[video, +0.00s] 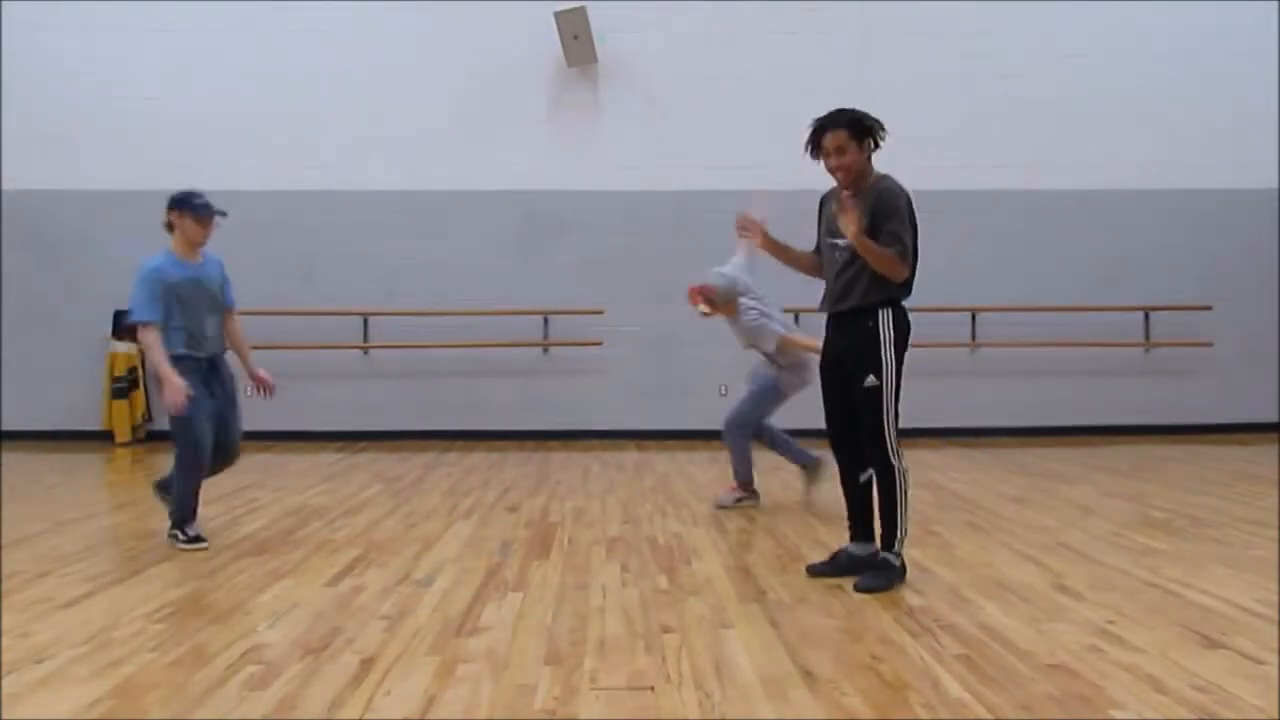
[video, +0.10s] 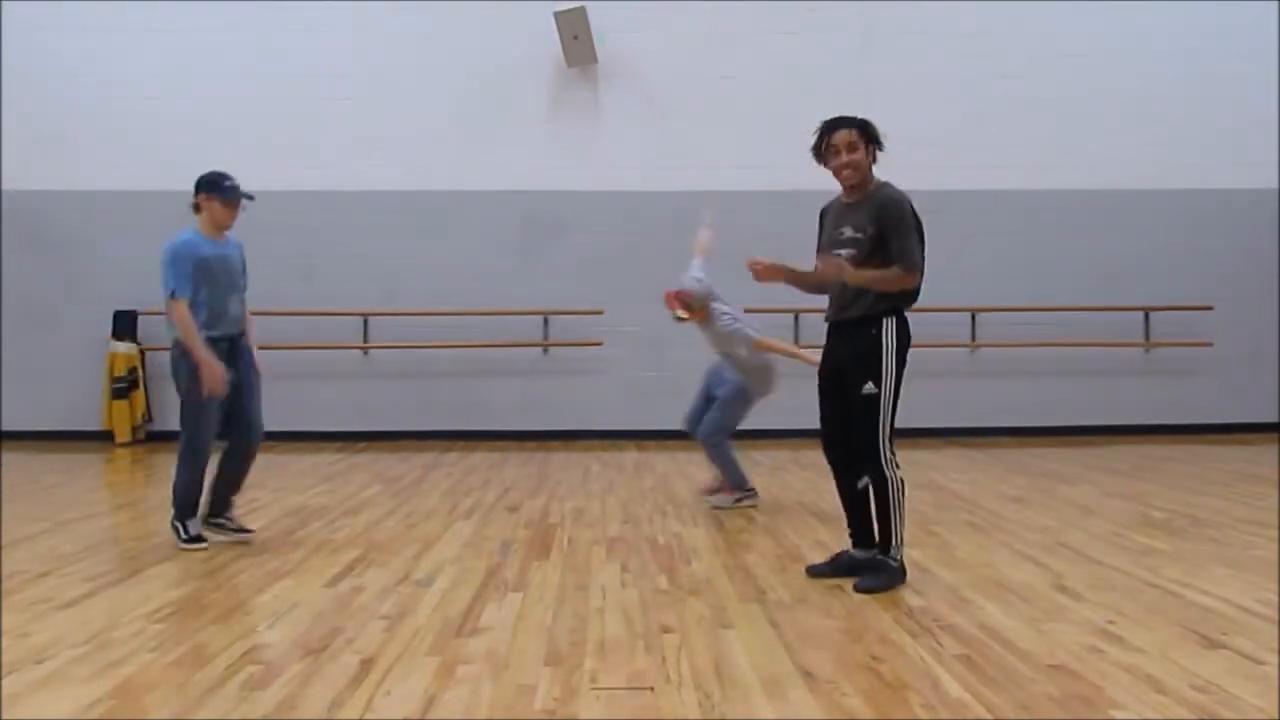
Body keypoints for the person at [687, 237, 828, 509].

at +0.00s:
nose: (706, 311)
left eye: (708, 307)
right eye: (704, 306)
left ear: (722, 304)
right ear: (721, 294)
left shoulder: (750, 322)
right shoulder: (730, 278)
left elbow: (791, 341)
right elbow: (745, 246)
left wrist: (826, 350)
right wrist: (753, 230)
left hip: (791, 370)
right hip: (778, 360)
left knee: (735, 424)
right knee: (750, 422)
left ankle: (745, 488)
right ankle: (809, 462)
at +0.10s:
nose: (682, 316)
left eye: (684, 313)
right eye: (680, 312)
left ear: (697, 310)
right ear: (695, 301)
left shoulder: (725, 326)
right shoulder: (695, 288)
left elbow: (766, 344)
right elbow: (700, 252)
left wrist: (809, 358)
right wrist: (705, 234)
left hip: (749, 379)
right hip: (726, 367)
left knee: (710, 433)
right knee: (694, 424)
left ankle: (741, 489)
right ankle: (728, 477)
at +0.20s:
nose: (654, 305)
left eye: (660, 301)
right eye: (652, 298)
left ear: (673, 300)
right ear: (649, 293)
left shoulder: (697, 322)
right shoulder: (666, 302)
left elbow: (735, 341)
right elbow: (654, 265)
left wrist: (776, 355)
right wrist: (654, 239)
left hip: (715, 377)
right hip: (687, 366)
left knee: (684, 436)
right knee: (654, 420)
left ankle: (733, 479)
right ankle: (636, 488)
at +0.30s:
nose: (622, 303)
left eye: (627, 299)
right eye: (622, 297)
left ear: (644, 304)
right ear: (622, 293)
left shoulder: (669, 324)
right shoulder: (626, 295)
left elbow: (709, 339)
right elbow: (610, 260)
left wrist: (750, 349)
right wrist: (602, 240)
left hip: (681, 377)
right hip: (653, 367)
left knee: (644, 438)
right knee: (617, 427)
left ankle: (691, 472)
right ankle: (622, 492)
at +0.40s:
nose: (617, 310)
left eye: (625, 307)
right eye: (614, 303)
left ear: (636, 306)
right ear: (607, 294)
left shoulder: (652, 318)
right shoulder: (597, 298)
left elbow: (685, 331)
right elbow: (573, 272)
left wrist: (724, 341)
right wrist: (552, 256)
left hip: (651, 374)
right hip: (621, 363)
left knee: (611, 429)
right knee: (592, 429)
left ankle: (617, 490)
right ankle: (617, 487)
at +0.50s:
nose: (606, 305)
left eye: (614, 301)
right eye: (602, 297)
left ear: (624, 300)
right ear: (592, 290)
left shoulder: (637, 313)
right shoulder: (577, 299)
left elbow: (664, 321)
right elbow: (543, 285)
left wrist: (695, 322)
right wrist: (514, 276)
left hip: (627, 372)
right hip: (594, 363)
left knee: (584, 429)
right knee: (563, 428)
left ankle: (549, 498)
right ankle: (593, 468)